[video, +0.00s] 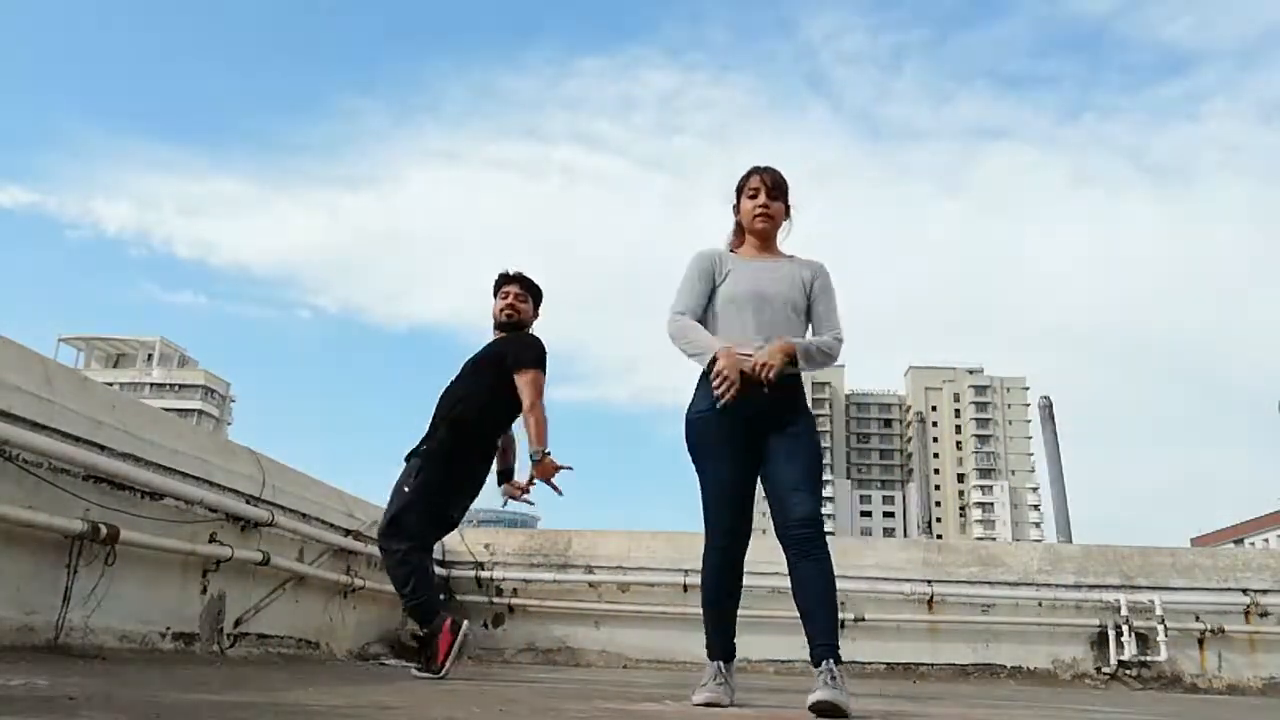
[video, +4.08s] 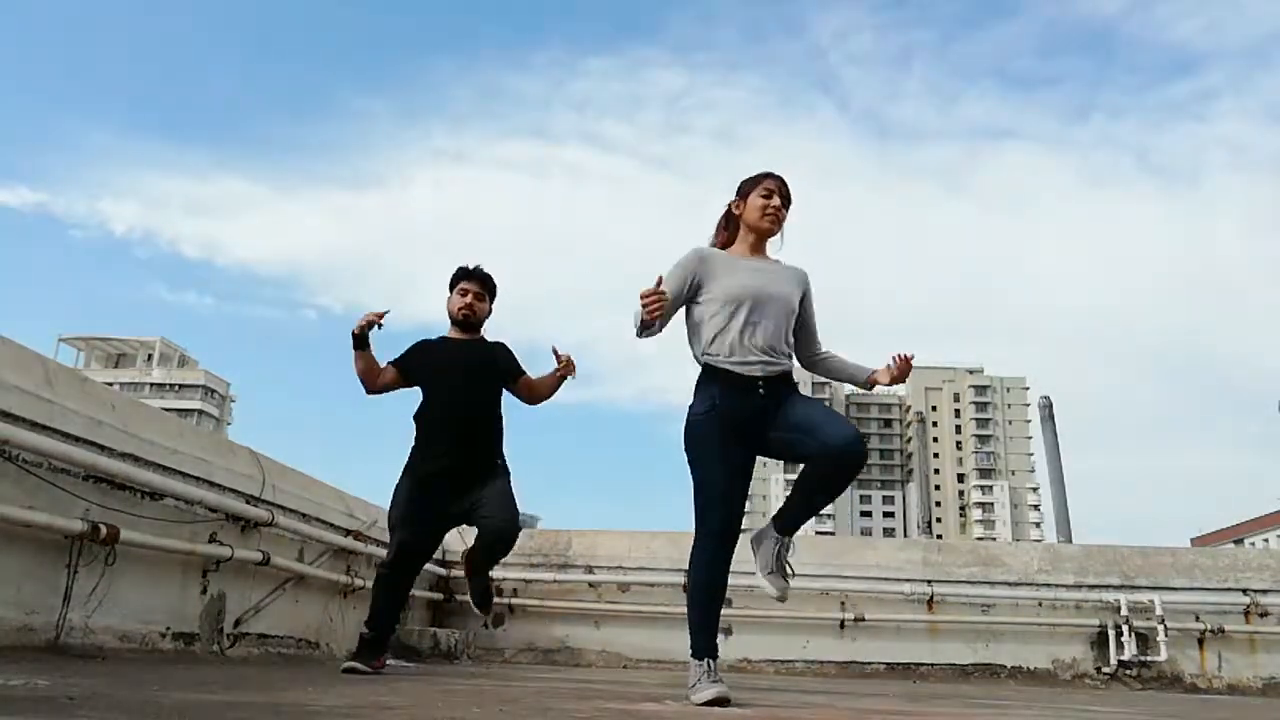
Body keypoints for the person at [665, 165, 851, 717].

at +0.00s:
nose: (762, 201)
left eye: (773, 194)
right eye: (752, 193)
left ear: (787, 210)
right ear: (737, 207)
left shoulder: (811, 272)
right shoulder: (709, 262)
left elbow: (831, 346)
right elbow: (679, 324)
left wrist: (790, 347)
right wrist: (721, 353)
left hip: (786, 410)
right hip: (720, 410)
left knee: (803, 529)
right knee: (725, 537)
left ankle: (828, 670)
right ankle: (718, 668)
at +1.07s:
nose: (784, 215)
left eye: (794, 209)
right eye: (775, 209)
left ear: (806, 229)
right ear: (756, 227)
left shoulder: (829, 270)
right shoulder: (738, 279)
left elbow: (887, 295)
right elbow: (708, 321)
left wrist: (825, 285)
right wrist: (767, 278)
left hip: (813, 417)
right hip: (746, 414)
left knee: (846, 538)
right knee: (734, 532)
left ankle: (858, 673)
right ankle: (717, 666)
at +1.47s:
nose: (785, 215)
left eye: (794, 210)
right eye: (774, 208)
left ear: (804, 230)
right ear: (755, 224)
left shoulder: (827, 282)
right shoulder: (728, 279)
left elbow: (843, 352)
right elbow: (681, 328)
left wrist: (889, 302)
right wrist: (710, 329)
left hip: (813, 418)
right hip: (745, 418)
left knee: (851, 534)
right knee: (731, 532)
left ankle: (859, 672)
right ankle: (717, 667)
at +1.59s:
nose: (785, 212)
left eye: (794, 207)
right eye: (775, 205)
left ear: (805, 224)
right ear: (756, 220)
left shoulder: (828, 280)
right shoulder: (730, 280)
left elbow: (853, 352)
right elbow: (715, 352)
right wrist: (688, 397)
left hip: (809, 413)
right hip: (740, 413)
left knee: (843, 534)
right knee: (729, 535)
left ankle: (858, 672)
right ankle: (717, 668)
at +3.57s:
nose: (781, 198)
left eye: (789, 193)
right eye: (769, 192)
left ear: (799, 212)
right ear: (749, 212)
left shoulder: (827, 270)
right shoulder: (725, 271)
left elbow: (864, 334)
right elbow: (688, 335)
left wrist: (889, 361)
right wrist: (692, 355)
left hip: (811, 408)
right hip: (744, 408)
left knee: (828, 535)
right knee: (738, 534)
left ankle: (854, 672)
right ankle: (719, 668)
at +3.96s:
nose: (773, 206)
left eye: (781, 202)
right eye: (762, 197)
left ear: (785, 221)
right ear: (738, 211)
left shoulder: (800, 274)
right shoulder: (705, 267)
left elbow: (828, 331)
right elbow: (678, 326)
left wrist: (839, 365)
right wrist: (732, 351)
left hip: (785, 411)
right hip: (721, 411)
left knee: (833, 506)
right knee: (719, 534)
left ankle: (832, 642)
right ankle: (704, 666)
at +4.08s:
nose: (775, 205)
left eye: (782, 201)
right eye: (765, 195)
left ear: (785, 217)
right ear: (738, 205)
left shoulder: (794, 279)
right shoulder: (702, 260)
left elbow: (812, 356)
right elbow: (647, 328)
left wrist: (874, 375)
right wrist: (647, 315)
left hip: (780, 403)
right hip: (720, 403)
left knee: (847, 447)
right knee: (717, 534)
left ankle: (776, 536)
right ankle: (703, 664)